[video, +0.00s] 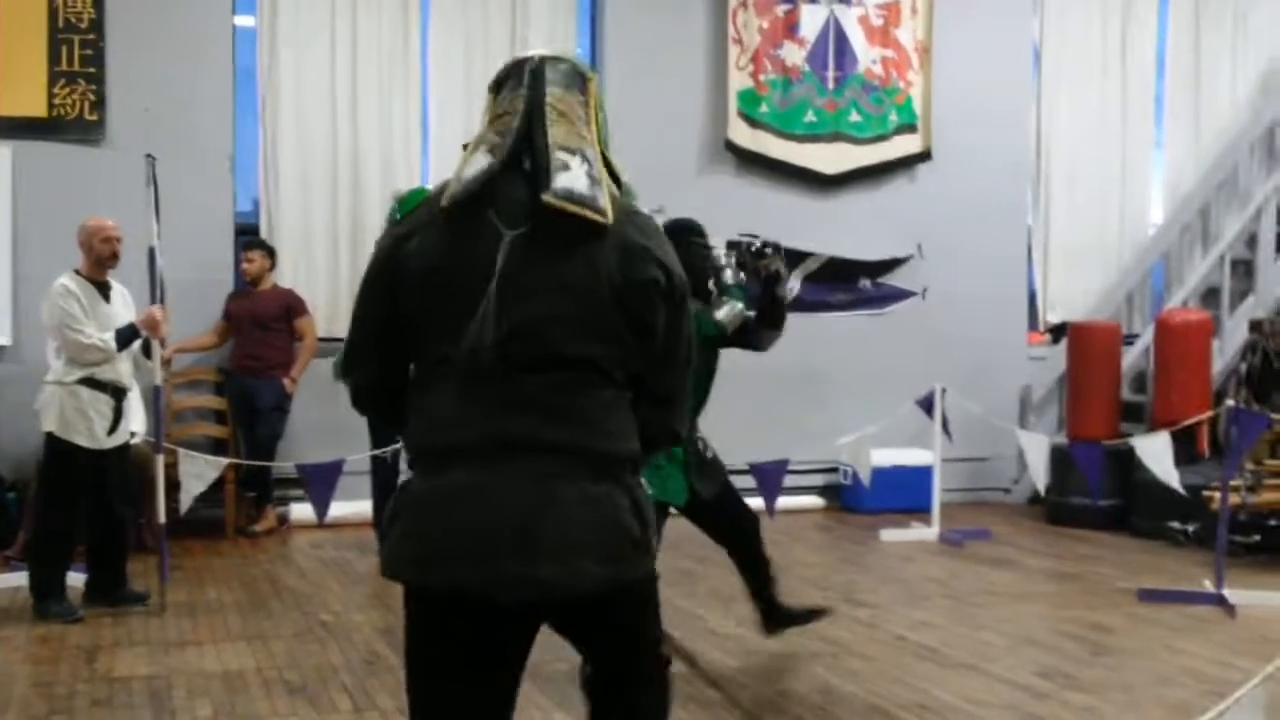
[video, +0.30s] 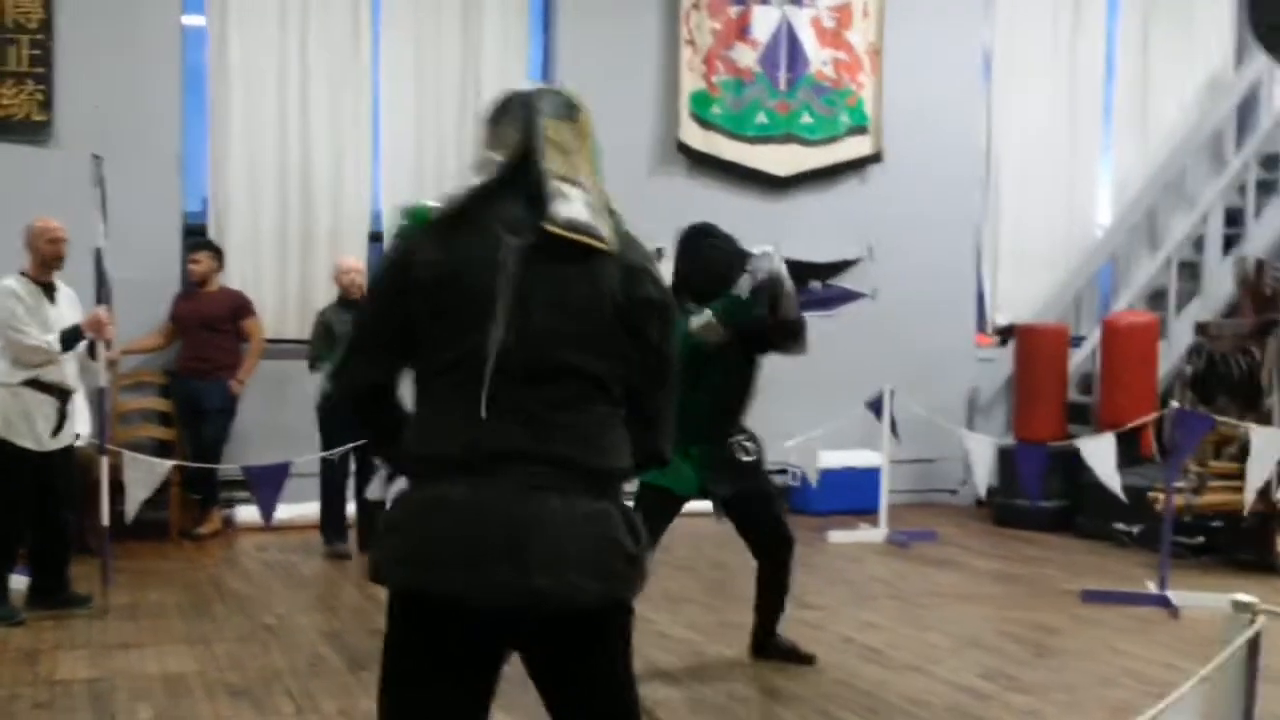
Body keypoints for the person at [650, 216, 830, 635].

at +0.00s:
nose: (706, 262)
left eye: (706, 252)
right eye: (695, 254)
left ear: (708, 258)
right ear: (670, 261)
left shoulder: (706, 314)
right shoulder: (652, 312)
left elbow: (761, 337)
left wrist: (771, 288)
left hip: (684, 450)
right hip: (644, 454)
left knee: (741, 528)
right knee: (634, 548)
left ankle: (771, 612)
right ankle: (632, 634)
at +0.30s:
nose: (722, 279)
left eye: (728, 270)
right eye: (714, 268)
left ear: (735, 276)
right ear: (691, 271)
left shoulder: (740, 320)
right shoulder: (664, 317)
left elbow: (789, 336)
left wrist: (777, 285)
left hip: (725, 453)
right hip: (671, 454)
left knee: (775, 545)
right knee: (629, 551)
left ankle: (765, 638)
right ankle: (601, 641)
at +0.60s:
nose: (715, 268)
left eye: (727, 259)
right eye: (709, 257)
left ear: (743, 267)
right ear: (696, 261)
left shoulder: (754, 325)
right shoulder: (681, 310)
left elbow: (748, 393)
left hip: (743, 439)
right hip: (691, 438)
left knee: (746, 542)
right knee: (678, 530)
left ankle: (728, 634)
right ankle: (717, 584)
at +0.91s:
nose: (642, 279)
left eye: (648, 271)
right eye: (644, 270)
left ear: (665, 275)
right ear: (684, 273)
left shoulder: (692, 329)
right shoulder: (679, 318)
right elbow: (645, 344)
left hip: (716, 444)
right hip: (700, 441)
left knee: (694, 527)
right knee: (679, 518)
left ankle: (731, 625)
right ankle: (714, 599)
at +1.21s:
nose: (585, 304)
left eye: (589, 294)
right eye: (585, 296)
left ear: (605, 297)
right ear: (626, 293)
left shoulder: (632, 339)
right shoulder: (647, 333)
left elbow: (593, 395)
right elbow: (641, 403)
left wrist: (562, 423)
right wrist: (604, 430)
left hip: (669, 452)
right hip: (667, 449)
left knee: (660, 531)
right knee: (639, 519)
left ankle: (689, 628)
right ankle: (665, 603)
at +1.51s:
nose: (539, 315)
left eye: (544, 305)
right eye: (539, 308)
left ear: (563, 300)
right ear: (572, 298)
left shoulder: (594, 347)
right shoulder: (570, 342)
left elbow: (603, 425)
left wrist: (581, 473)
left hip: (630, 456)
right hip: (606, 454)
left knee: (608, 536)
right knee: (582, 524)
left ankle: (620, 629)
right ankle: (617, 600)